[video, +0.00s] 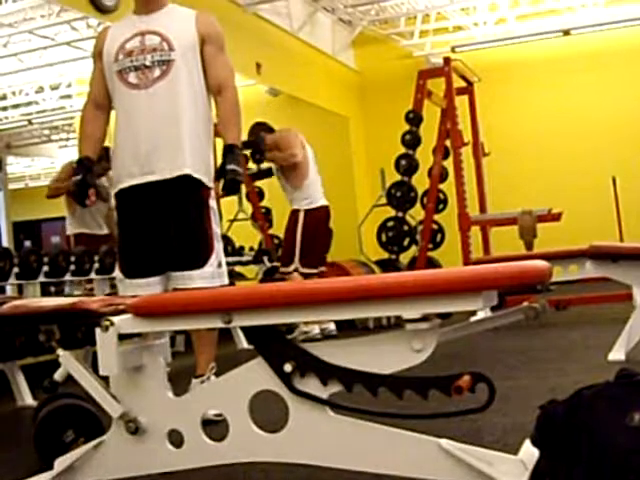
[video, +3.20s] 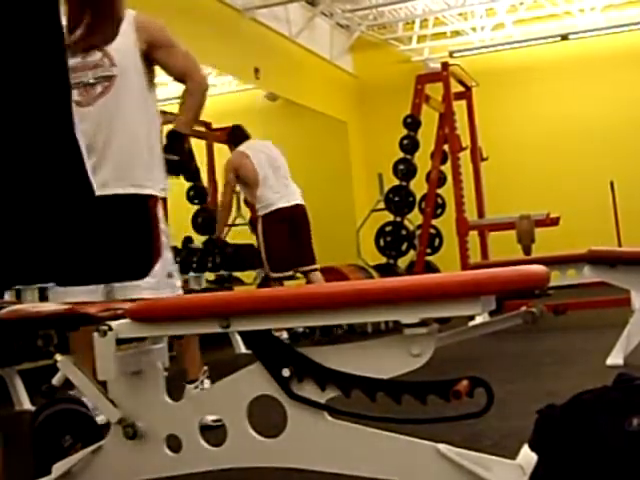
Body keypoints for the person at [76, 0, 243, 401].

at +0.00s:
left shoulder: (200, 24)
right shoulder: (108, 37)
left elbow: (224, 90)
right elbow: (97, 106)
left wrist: (233, 155)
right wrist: (85, 166)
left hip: (187, 170)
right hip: (132, 179)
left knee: (200, 284)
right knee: (142, 290)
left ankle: (205, 377)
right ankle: (150, 383)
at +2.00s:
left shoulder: (212, 29)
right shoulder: (118, 37)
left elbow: (255, 81)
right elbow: (106, 106)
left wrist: (227, 130)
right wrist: (98, 172)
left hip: (197, 176)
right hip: (139, 179)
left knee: (202, 293)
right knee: (141, 297)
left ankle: (204, 385)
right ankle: (148, 388)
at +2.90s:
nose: (92, 10)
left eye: (96, 4)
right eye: (89, 8)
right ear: (98, 2)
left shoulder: (182, 26)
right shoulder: (93, 41)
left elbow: (240, 73)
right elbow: (83, 112)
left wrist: (211, 128)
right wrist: (71, 175)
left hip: (174, 187)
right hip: (113, 191)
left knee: (191, 302)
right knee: (99, 308)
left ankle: (202, 391)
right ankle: (96, 400)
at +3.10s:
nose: (83, 7)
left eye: (93, 2)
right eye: (81, 2)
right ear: (76, 1)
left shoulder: (150, 26)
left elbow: (211, 78)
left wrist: (190, 129)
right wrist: (190, 129)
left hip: (146, 186)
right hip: (86, 191)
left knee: (174, 296)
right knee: (86, 308)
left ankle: (199, 386)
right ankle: (90, 399)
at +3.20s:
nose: (73, 9)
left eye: (78, 4)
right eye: (73, 5)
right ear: (74, 5)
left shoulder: (138, 28)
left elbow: (196, 79)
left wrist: (179, 134)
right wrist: (180, 132)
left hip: (134, 184)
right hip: (82, 189)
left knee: (161, 296)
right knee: (77, 306)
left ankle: (195, 382)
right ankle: (86, 397)